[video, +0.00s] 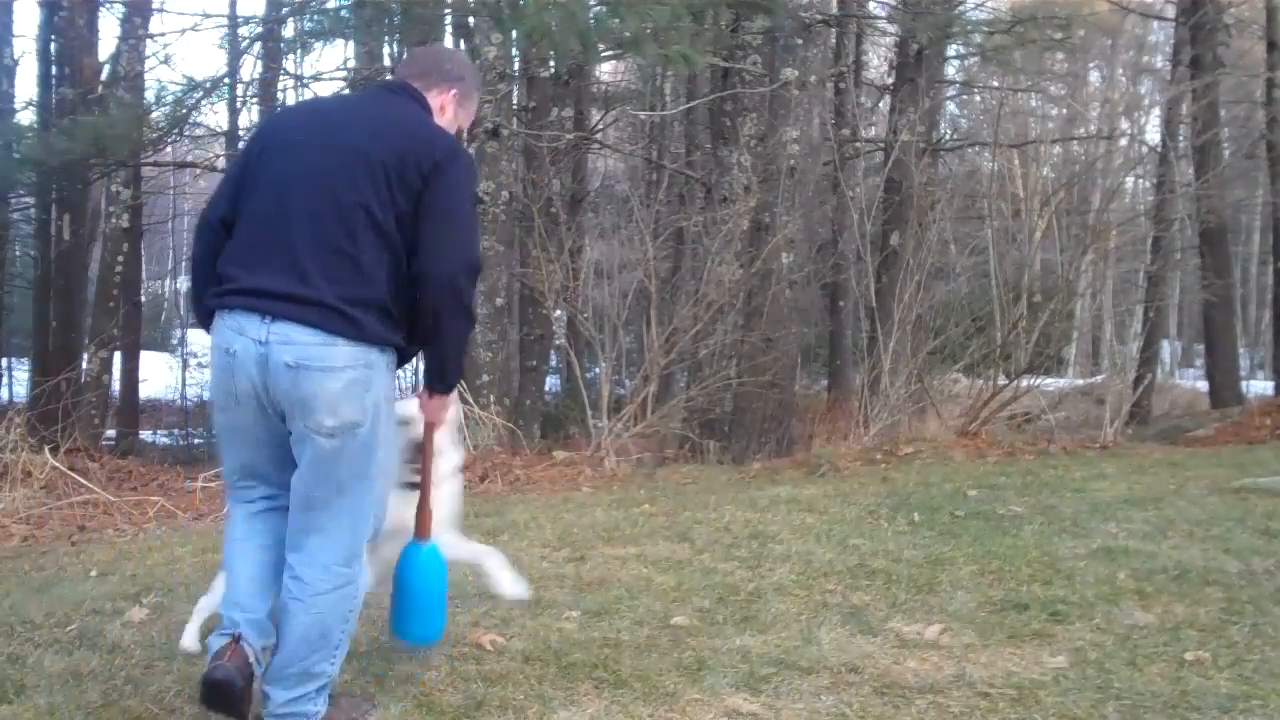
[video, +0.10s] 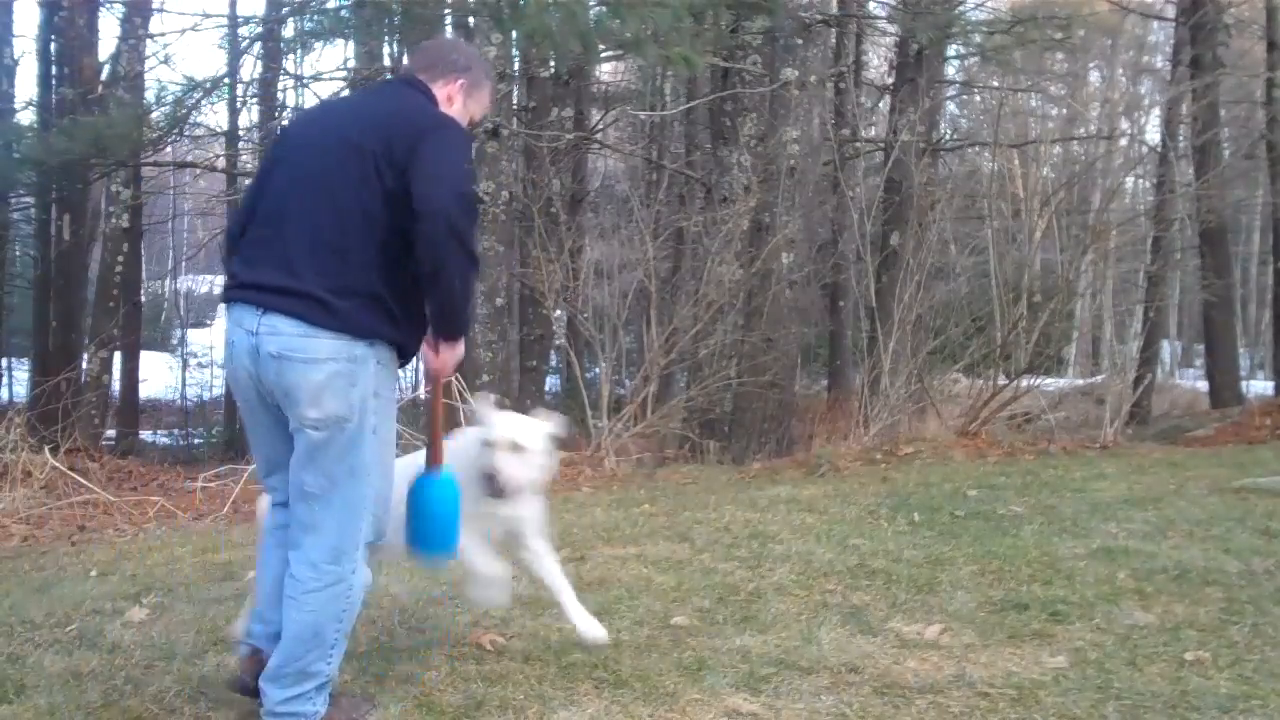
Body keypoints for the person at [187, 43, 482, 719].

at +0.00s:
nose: (460, 138)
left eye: (465, 126)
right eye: (465, 123)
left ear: (396, 83)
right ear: (445, 99)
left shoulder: (288, 119)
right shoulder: (439, 152)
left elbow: (213, 225)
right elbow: (447, 271)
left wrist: (218, 317)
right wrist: (441, 385)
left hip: (238, 340)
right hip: (338, 355)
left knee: (254, 498)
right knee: (328, 538)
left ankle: (239, 639)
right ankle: (296, 706)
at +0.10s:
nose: (469, 131)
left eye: (475, 122)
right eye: (473, 118)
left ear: (414, 78)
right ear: (453, 89)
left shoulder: (321, 114)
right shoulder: (436, 129)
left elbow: (247, 221)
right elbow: (444, 227)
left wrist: (261, 301)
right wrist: (450, 329)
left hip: (247, 335)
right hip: (333, 348)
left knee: (287, 500)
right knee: (335, 535)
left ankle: (263, 650)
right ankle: (297, 701)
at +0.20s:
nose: (478, 133)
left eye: (487, 123)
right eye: (486, 118)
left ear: (431, 75)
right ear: (465, 84)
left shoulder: (363, 110)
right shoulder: (430, 112)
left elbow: (347, 234)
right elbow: (429, 176)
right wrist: (446, 275)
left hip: (267, 332)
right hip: (334, 341)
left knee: (329, 510)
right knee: (337, 533)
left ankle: (354, 653)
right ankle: (293, 701)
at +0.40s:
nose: (516, 134)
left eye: (525, 125)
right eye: (520, 117)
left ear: (487, 89)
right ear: (490, 85)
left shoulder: (443, 133)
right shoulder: (431, 117)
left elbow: (437, 249)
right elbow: (393, 203)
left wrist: (449, 330)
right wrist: (427, 306)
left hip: (389, 346)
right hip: (350, 342)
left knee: (424, 504)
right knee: (358, 528)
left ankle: (429, 655)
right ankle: (295, 700)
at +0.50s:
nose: (538, 131)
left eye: (547, 120)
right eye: (539, 112)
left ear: (507, 91)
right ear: (506, 83)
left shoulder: (465, 139)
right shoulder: (443, 116)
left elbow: (437, 247)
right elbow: (389, 200)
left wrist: (458, 326)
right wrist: (435, 303)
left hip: (414, 347)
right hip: (370, 343)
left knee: (449, 513)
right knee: (393, 531)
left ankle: (432, 657)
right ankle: (297, 692)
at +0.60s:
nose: (557, 119)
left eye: (567, 108)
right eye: (555, 99)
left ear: (523, 85)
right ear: (516, 74)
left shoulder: (491, 146)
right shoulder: (449, 113)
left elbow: (483, 267)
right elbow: (382, 192)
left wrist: (513, 336)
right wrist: (437, 290)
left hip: (428, 342)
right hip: (382, 334)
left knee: (463, 507)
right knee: (434, 511)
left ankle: (433, 656)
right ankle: (332, 647)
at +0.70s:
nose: (568, 107)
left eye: (577, 97)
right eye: (563, 88)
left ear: (570, 94)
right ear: (520, 65)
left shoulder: (524, 153)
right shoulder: (452, 113)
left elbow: (510, 259)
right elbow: (375, 186)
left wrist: (538, 331)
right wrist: (435, 280)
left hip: (450, 336)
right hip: (395, 324)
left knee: (475, 486)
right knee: (474, 483)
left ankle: (441, 645)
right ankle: (398, 640)